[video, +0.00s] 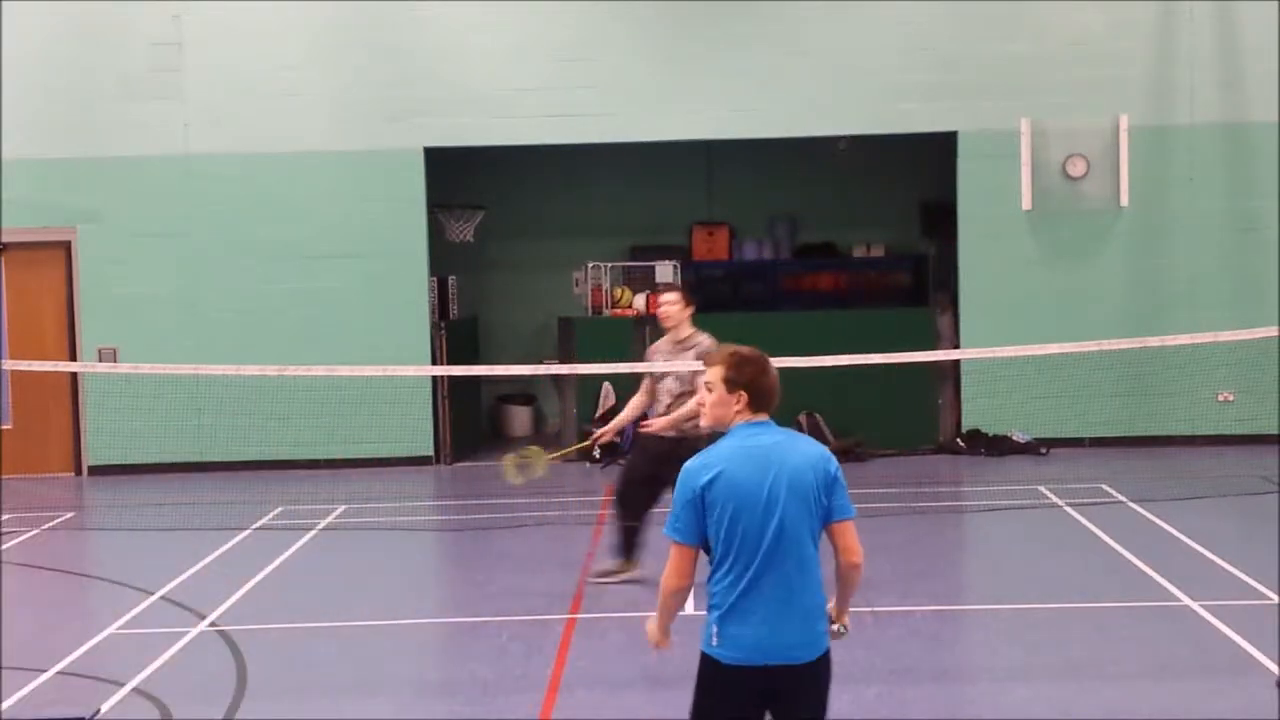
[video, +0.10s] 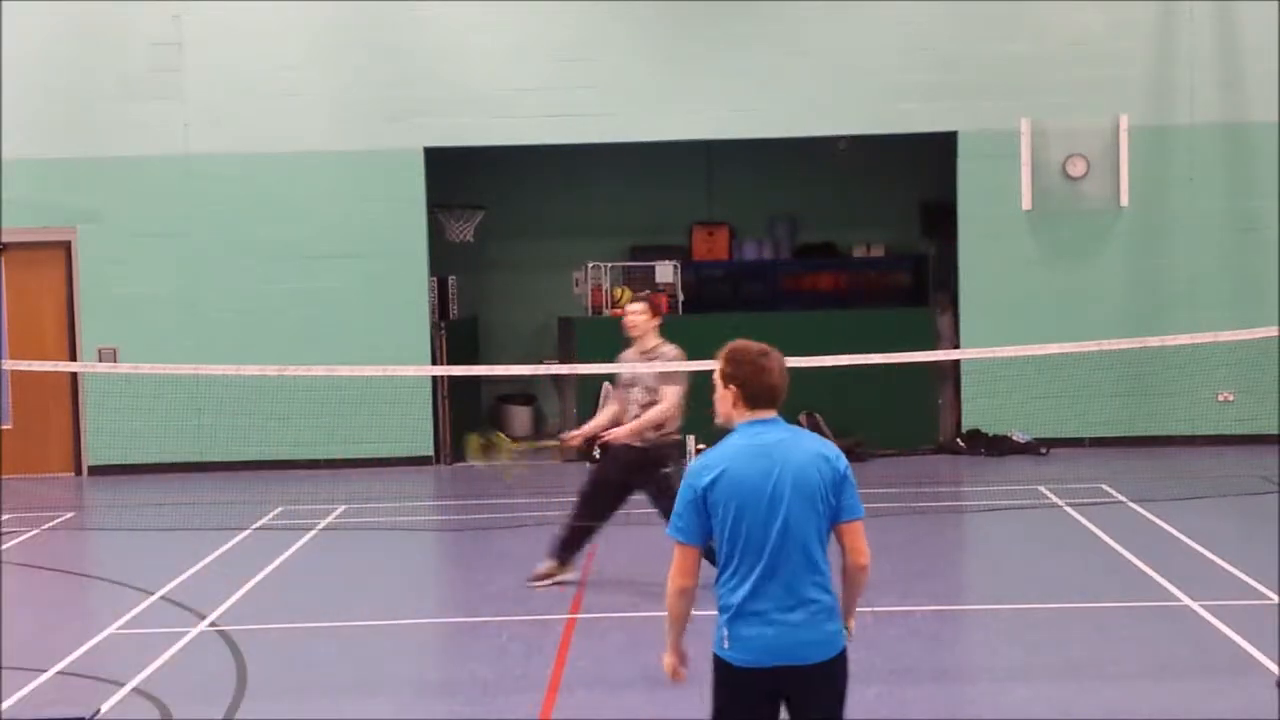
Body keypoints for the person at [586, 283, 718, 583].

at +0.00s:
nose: (663, 310)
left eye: (670, 305)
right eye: (660, 305)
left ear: (688, 309)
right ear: (657, 311)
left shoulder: (705, 346)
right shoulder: (657, 349)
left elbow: (707, 396)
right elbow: (644, 395)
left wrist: (669, 420)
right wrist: (613, 427)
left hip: (694, 440)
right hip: (655, 439)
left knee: (704, 502)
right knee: (630, 494)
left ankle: (723, 562)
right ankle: (626, 562)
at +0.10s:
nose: (629, 320)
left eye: (637, 314)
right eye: (627, 315)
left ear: (655, 319)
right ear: (623, 319)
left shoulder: (671, 357)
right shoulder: (626, 358)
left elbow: (670, 407)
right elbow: (616, 406)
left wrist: (624, 431)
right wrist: (584, 432)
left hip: (659, 450)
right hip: (623, 448)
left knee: (681, 515)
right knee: (593, 504)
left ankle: (730, 561)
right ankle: (560, 561)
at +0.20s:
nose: (590, 319)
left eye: (598, 313)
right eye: (589, 313)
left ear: (615, 321)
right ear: (587, 321)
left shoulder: (628, 357)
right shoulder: (588, 360)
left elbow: (629, 408)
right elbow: (583, 402)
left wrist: (589, 430)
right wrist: (538, 405)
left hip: (624, 450)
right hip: (590, 450)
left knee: (651, 507)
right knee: (562, 506)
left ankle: (709, 553)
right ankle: (538, 566)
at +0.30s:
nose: (558, 316)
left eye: (566, 312)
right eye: (557, 312)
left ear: (583, 322)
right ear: (555, 321)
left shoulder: (598, 354)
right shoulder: (555, 359)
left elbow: (606, 403)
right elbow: (538, 394)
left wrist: (565, 428)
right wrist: (505, 375)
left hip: (602, 438)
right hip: (571, 440)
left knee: (605, 503)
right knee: (536, 492)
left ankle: (650, 554)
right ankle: (528, 563)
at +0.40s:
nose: (537, 324)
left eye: (545, 319)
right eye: (536, 320)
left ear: (561, 330)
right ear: (534, 329)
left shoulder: (576, 364)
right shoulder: (530, 369)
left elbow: (581, 413)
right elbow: (504, 404)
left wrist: (551, 447)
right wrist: (475, 392)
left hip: (586, 444)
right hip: (553, 446)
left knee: (565, 502)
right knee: (519, 496)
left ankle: (587, 564)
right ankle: (510, 569)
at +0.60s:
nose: (537, 311)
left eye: (546, 308)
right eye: (538, 307)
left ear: (559, 321)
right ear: (536, 319)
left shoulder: (565, 352)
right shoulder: (525, 355)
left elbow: (568, 397)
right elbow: (519, 398)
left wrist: (538, 424)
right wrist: (496, 420)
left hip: (556, 440)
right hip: (525, 437)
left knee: (533, 504)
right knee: (507, 499)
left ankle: (560, 543)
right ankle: (505, 566)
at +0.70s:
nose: (554, 293)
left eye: (563, 292)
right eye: (557, 290)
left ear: (572, 307)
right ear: (553, 305)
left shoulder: (573, 336)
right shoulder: (538, 338)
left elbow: (563, 375)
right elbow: (529, 386)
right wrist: (511, 425)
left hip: (555, 422)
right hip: (526, 418)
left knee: (534, 489)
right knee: (507, 482)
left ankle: (544, 550)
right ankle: (495, 549)